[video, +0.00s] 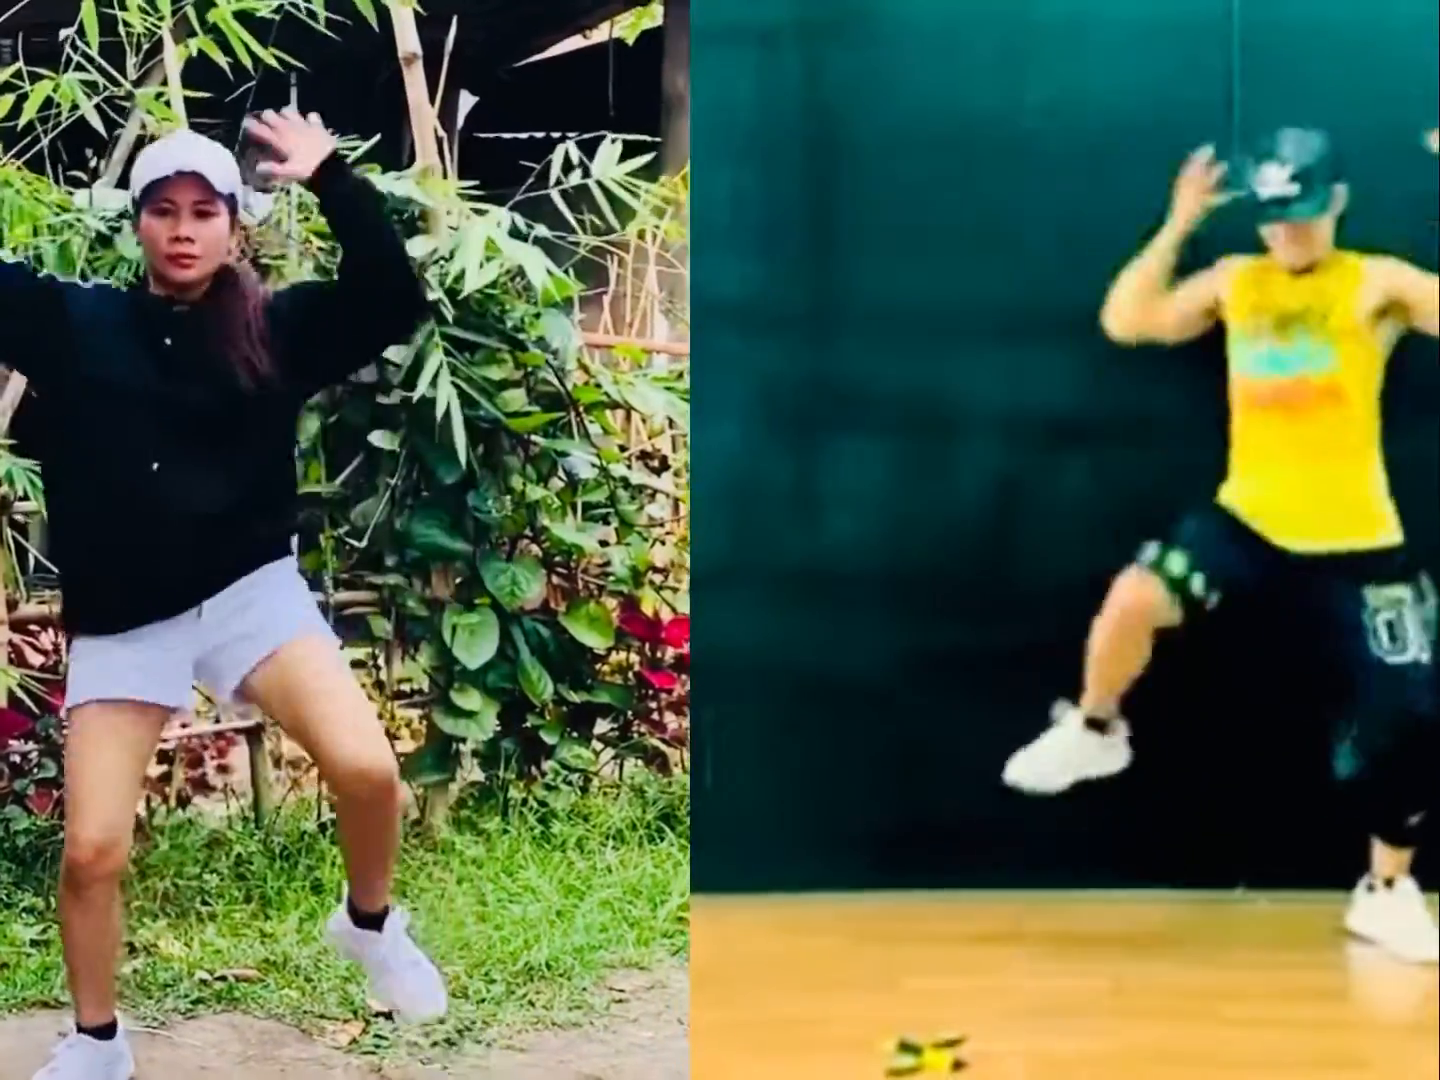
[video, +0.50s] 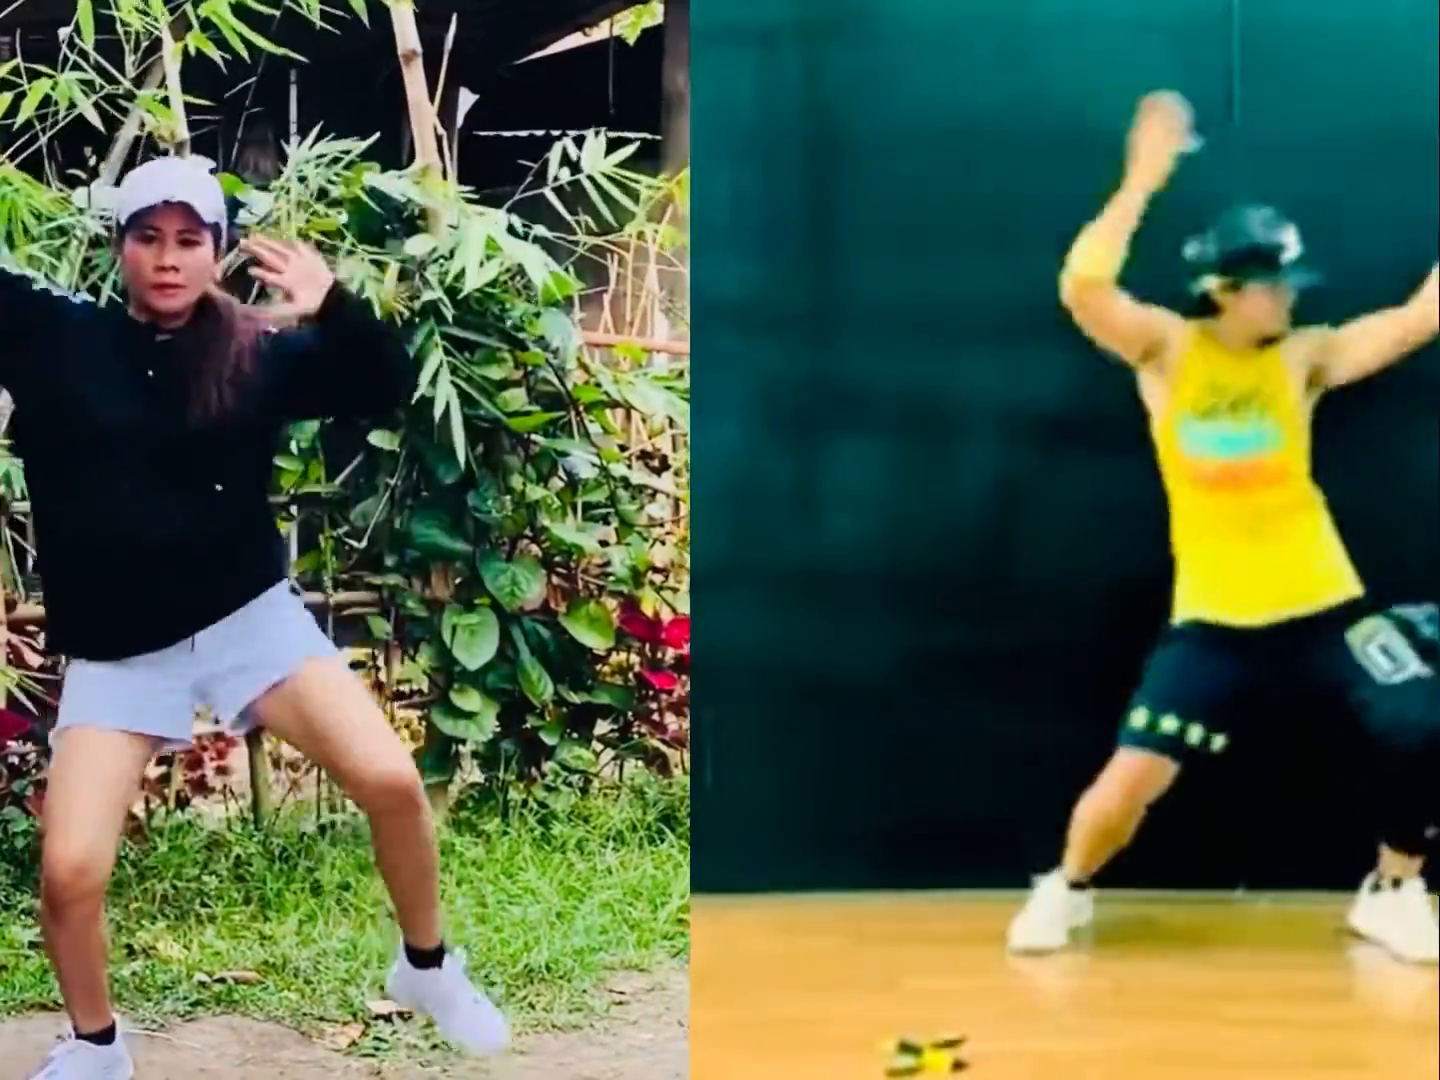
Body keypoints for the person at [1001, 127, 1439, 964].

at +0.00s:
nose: (1289, 233)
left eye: (1303, 214)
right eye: (1273, 218)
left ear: (1336, 205)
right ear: (1256, 217)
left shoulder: (1380, 283)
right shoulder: (1230, 282)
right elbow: (1124, 319)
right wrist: (1179, 221)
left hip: (1358, 530)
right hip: (1248, 516)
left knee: (1406, 714)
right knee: (1132, 600)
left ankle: (1388, 888)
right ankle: (1093, 727)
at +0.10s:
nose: (1294, 242)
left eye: (1309, 225)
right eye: (1280, 227)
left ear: (1342, 220)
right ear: (1261, 225)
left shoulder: (1374, 289)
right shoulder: (1232, 276)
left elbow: (1431, 294)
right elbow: (1120, 246)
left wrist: (1407, 299)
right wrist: (1153, 138)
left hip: (1365, 543)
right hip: (1261, 516)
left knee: (1407, 725)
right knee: (1130, 530)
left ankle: (1387, 892)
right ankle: (1138, 699)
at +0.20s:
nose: (1303, 255)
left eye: (1316, 236)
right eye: (1285, 242)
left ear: (1345, 222)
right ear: (1266, 239)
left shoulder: (1390, 266)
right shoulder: (1244, 283)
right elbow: (1126, 245)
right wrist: (1085, 129)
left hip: (1360, 542)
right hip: (1255, 511)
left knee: (1412, 723)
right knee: (1107, 578)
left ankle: (1388, 890)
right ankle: (1138, 737)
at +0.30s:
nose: (1307, 236)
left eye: (1320, 217)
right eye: (1289, 221)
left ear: (1343, 207)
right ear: (1262, 217)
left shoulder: (1382, 265)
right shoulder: (1231, 287)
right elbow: (1111, 324)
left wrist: (1437, 145)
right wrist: (1138, 206)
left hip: (1354, 547)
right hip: (1244, 529)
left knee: (1407, 710)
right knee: (1121, 635)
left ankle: (1391, 888)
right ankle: (1085, 787)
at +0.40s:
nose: (1317, 246)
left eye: (1320, 230)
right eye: (1300, 232)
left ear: (1326, 233)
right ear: (1255, 238)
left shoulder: (1349, 306)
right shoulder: (1195, 304)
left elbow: (1439, 315)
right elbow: (1068, 293)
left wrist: (1437, 208)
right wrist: (1170, 222)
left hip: (1352, 558)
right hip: (1235, 563)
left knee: (1425, 699)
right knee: (1132, 713)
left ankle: (1396, 884)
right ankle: (1040, 838)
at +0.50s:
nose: (1284, 300)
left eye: (1286, 285)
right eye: (1268, 286)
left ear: (1281, 294)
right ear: (1220, 291)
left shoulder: (1305, 358)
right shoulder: (1165, 349)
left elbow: (1418, 318)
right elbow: (1084, 287)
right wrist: (1140, 181)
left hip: (1325, 606)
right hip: (1211, 618)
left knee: (1421, 730)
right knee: (1134, 777)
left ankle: (1394, 892)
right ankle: (1065, 887)